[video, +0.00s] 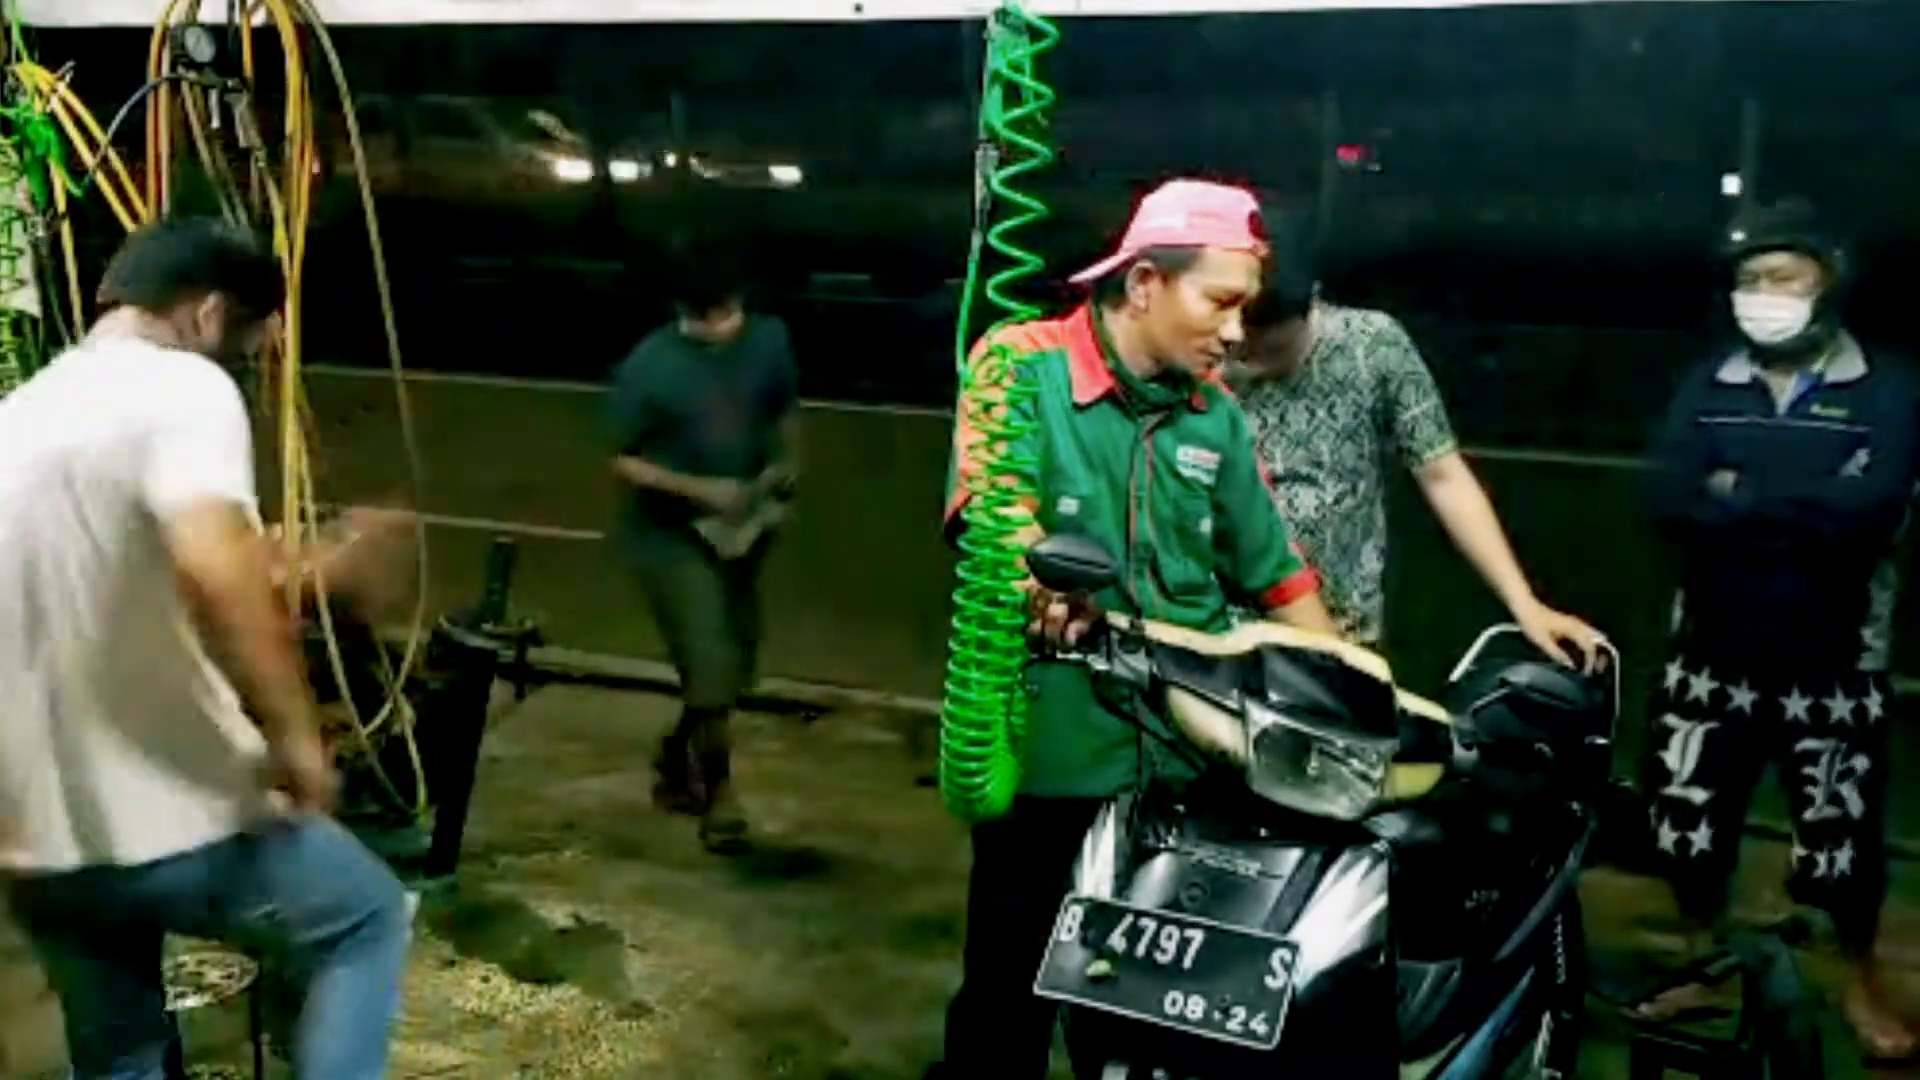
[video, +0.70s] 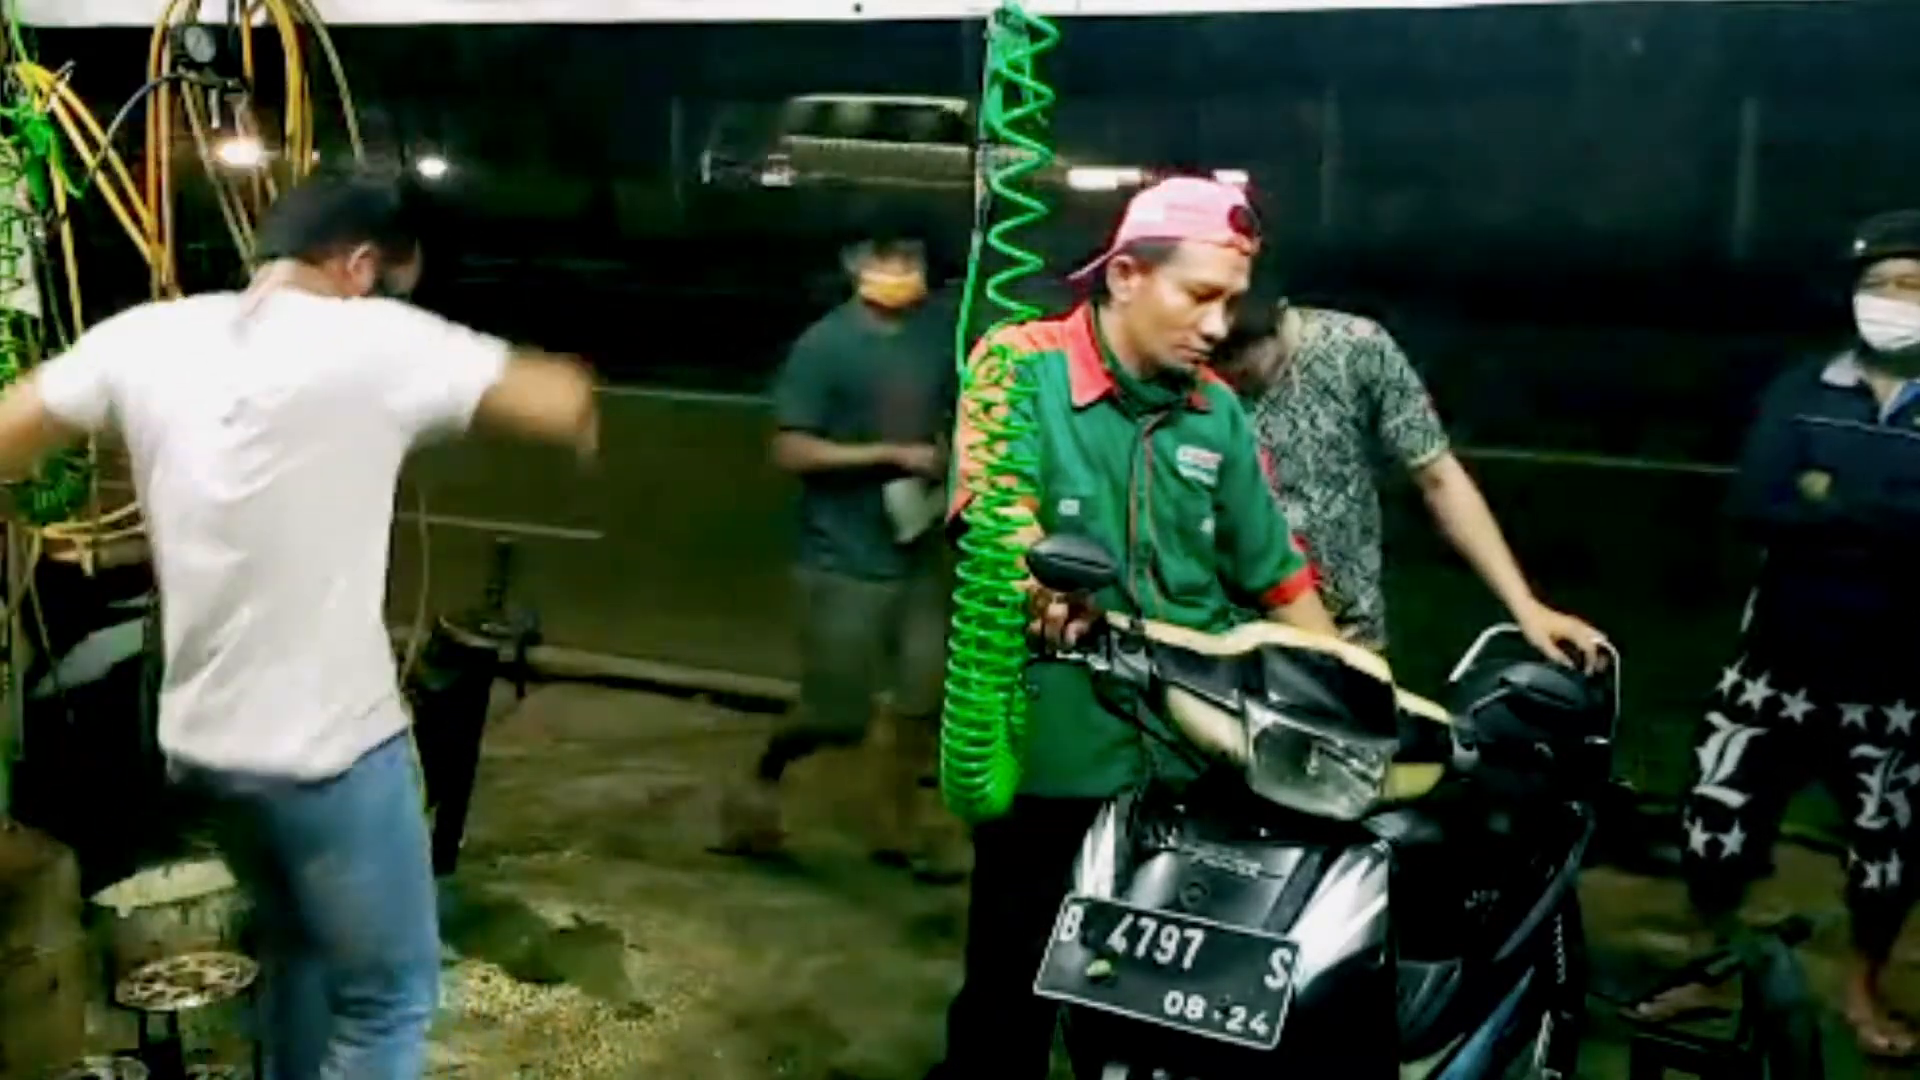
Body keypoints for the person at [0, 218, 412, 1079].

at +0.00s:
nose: (231, 353)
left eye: (236, 334)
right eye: (234, 329)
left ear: (110, 304)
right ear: (202, 306)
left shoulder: (18, 411)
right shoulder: (181, 388)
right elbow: (214, 565)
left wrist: (306, 565)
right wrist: (293, 732)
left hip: (35, 831)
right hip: (164, 821)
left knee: (121, 1057)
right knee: (366, 917)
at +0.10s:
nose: (254, 336)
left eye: (265, 320)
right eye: (255, 314)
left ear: (142, 271)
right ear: (216, 269)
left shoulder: (47, 364)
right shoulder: (177, 336)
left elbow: (222, 422)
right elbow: (136, 478)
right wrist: (251, 651)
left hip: (54, 790)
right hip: (192, 784)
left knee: (122, 1046)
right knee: (344, 993)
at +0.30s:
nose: (328, 313)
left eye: (339, 297)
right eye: (331, 290)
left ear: (217, 252)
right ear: (274, 255)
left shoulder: (121, 321)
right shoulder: (241, 321)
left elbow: (289, 325)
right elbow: (198, 408)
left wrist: (399, 363)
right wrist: (358, 548)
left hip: (108, 770)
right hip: (223, 778)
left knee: (164, 1040)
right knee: (336, 1038)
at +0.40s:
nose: (340, 304)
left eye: (345, 286)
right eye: (338, 284)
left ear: (242, 269)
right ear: (296, 271)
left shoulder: (131, 357)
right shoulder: (282, 375)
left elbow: (224, 444)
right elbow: (290, 554)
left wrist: (373, 503)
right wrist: (444, 683)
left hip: (136, 777)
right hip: (241, 790)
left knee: (273, 965)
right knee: (389, 1020)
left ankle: (214, 1065)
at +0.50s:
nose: (355, 335)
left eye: (362, 316)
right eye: (354, 313)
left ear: (240, 293)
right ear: (311, 296)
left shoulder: (123, 407)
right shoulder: (326, 415)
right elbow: (388, 610)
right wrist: (520, 655)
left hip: (162, 781)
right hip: (291, 786)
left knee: (302, 969)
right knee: (424, 1017)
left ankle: (253, 1070)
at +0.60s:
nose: (359, 333)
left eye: (367, 319)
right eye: (364, 314)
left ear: (250, 283)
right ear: (331, 289)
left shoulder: (131, 388)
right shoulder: (346, 393)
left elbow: (60, 567)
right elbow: (479, 551)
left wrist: (78, 657)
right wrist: (547, 556)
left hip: (185, 775)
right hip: (316, 780)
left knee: (326, 932)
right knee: (418, 1012)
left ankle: (289, 1068)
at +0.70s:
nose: (379, 299)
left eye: (386, 283)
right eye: (383, 281)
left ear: (272, 253)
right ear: (353, 262)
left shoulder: (147, 337)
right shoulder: (374, 338)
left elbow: (12, 428)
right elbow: (563, 406)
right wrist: (553, 373)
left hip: (201, 737)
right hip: (330, 748)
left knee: (292, 967)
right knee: (389, 1000)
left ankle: (291, 1075)